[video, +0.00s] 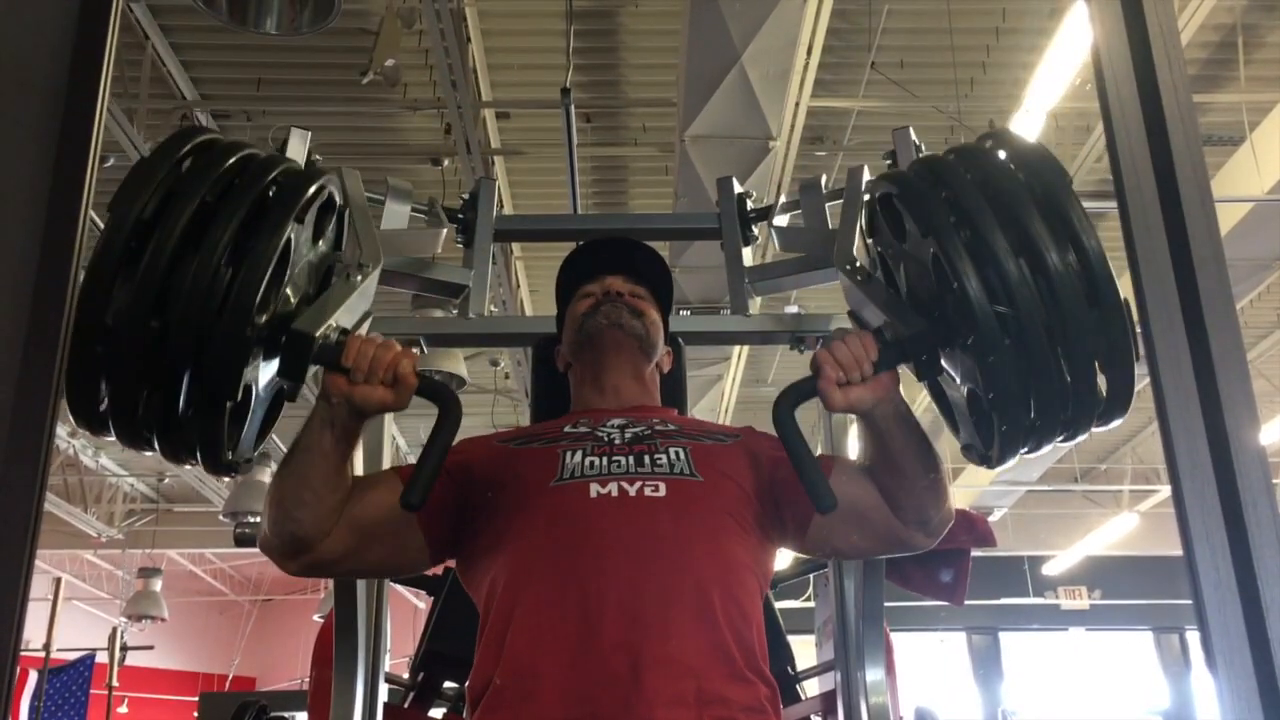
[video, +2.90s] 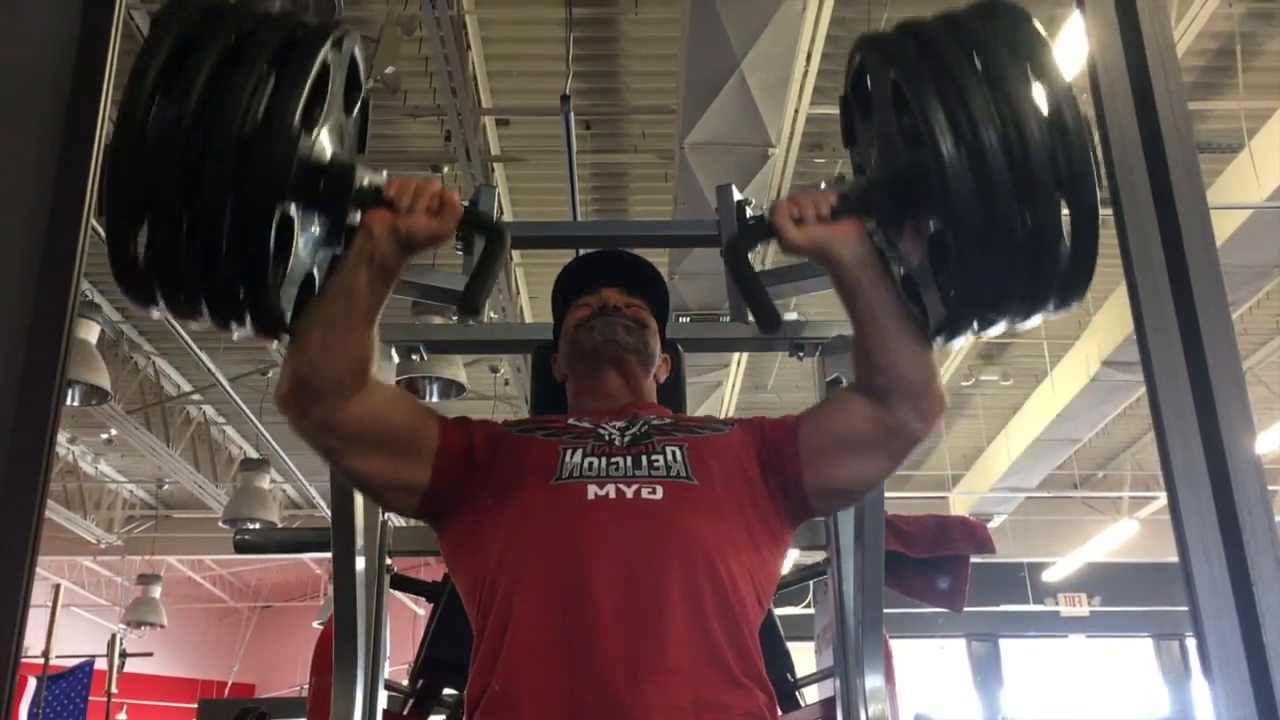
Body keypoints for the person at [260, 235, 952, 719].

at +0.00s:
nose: (615, 296)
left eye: (638, 297)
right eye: (590, 297)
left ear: (670, 357)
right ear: (556, 356)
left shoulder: (746, 455)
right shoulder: (486, 463)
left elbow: (920, 518)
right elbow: (301, 541)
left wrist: (879, 404)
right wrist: (343, 409)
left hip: (727, 707)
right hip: (528, 708)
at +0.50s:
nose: (609, 306)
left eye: (634, 308)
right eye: (584, 307)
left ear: (665, 361)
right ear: (553, 359)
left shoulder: (744, 453)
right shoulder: (488, 458)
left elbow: (924, 444)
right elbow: (302, 438)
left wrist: (860, 311)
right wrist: (363, 301)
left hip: (724, 703)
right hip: (525, 705)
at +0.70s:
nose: (607, 316)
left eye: (632, 313)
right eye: (584, 313)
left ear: (665, 360)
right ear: (553, 361)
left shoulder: (752, 448)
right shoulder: (480, 450)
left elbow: (895, 380)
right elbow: (333, 363)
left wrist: (844, 229)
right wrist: (388, 215)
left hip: (725, 704)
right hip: (522, 705)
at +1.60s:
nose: (614, 305)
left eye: (638, 306)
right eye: (588, 305)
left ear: (666, 362)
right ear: (556, 359)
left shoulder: (744, 457)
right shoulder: (488, 463)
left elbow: (918, 455)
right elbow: (309, 445)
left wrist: (862, 308)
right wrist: (367, 297)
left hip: (721, 703)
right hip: (527, 704)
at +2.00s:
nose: (616, 301)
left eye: (639, 302)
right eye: (589, 301)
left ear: (669, 359)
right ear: (555, 360)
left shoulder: (748, 462)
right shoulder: (486, 468)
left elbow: (922, 544)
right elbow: (299, 548)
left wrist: (882, 404)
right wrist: (342, 403)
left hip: (725, 707)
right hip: (528, 708)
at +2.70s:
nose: (610, 312)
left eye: (634, 313)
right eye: (586, 313)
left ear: (666, 365)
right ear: (555, 364)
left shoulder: (741, 460)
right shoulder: (487, 467)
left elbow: (925, 486)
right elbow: (293, 479)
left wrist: (867, 342)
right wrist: (358, 336)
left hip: (726, 703)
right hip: (526, 703)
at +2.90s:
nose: (610, 307)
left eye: (635, 307)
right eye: (584, 307)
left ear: (666, 360)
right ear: (554, 362)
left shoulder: (751, 454)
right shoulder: (484, 461)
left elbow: (906, 407)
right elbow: (319, 397)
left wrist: (851, 251)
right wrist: (377, 252)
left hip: (723, 704)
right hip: (527, 704)